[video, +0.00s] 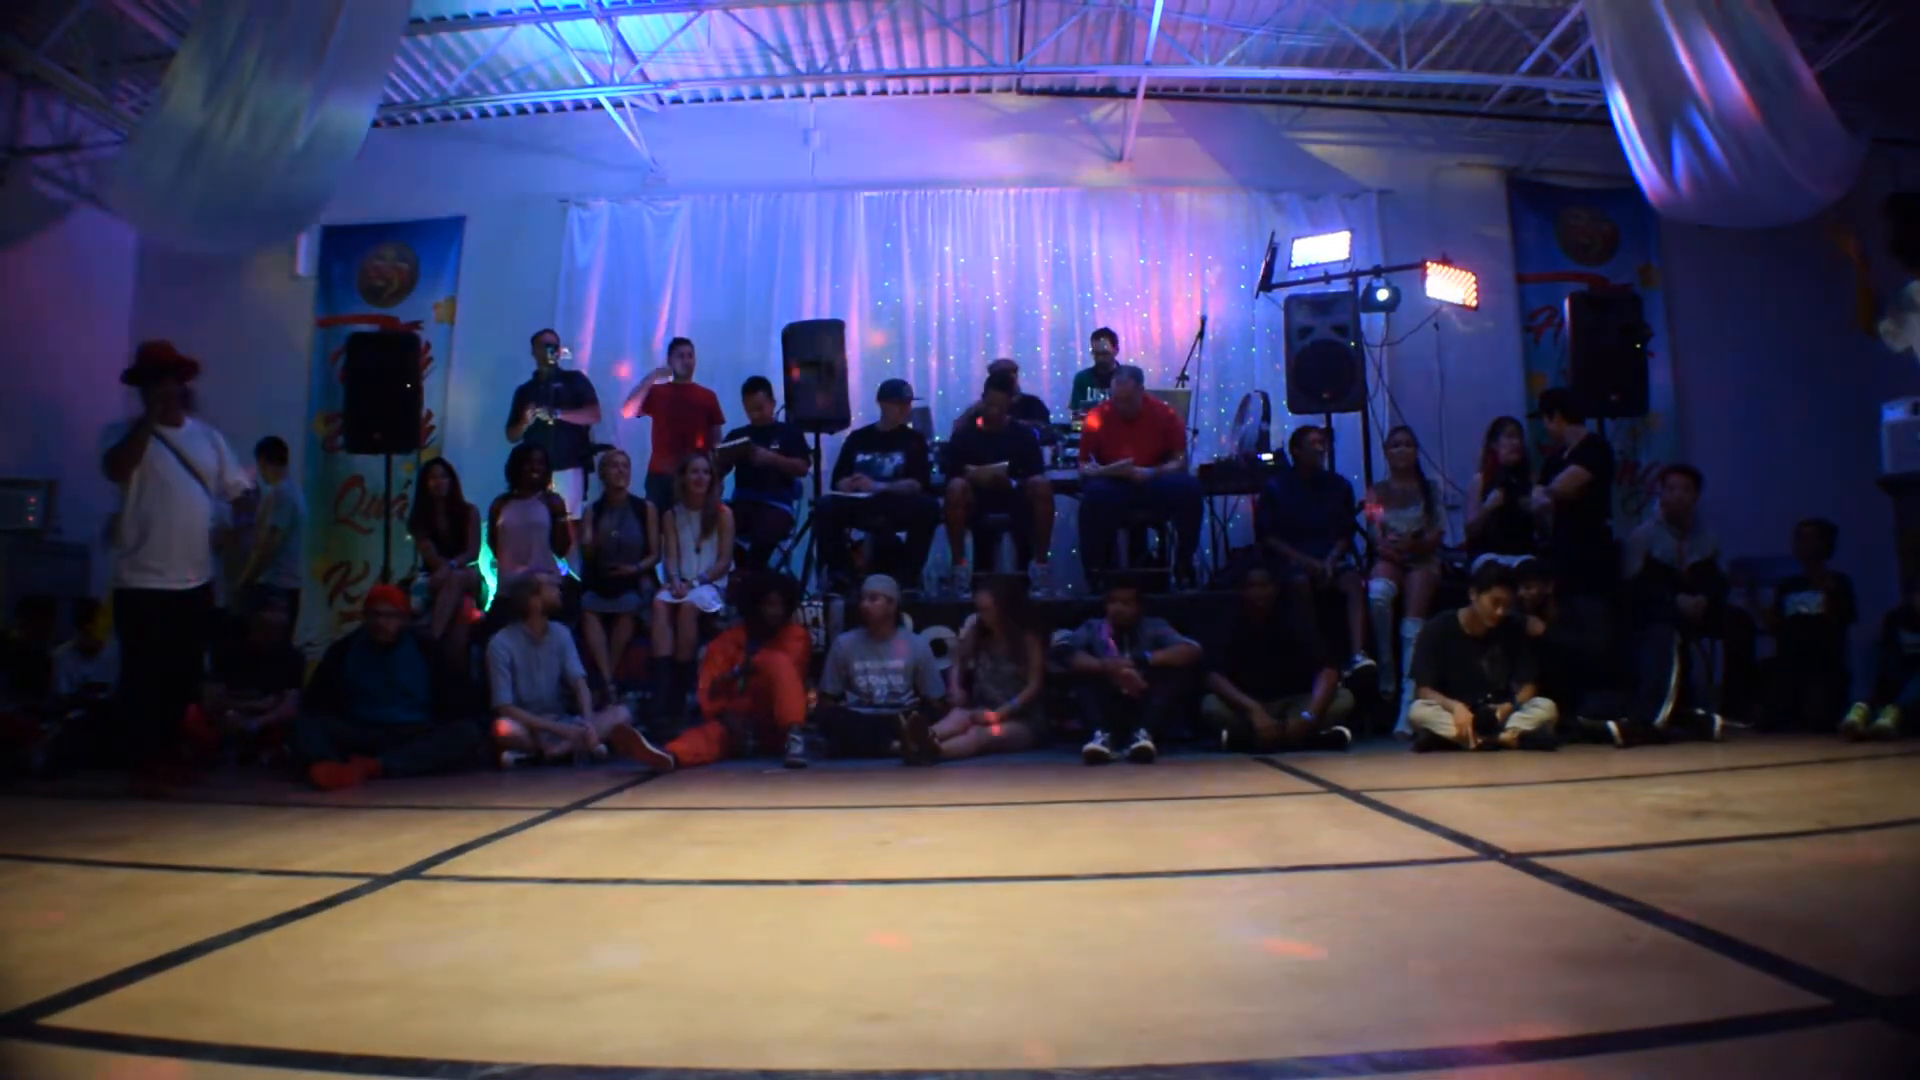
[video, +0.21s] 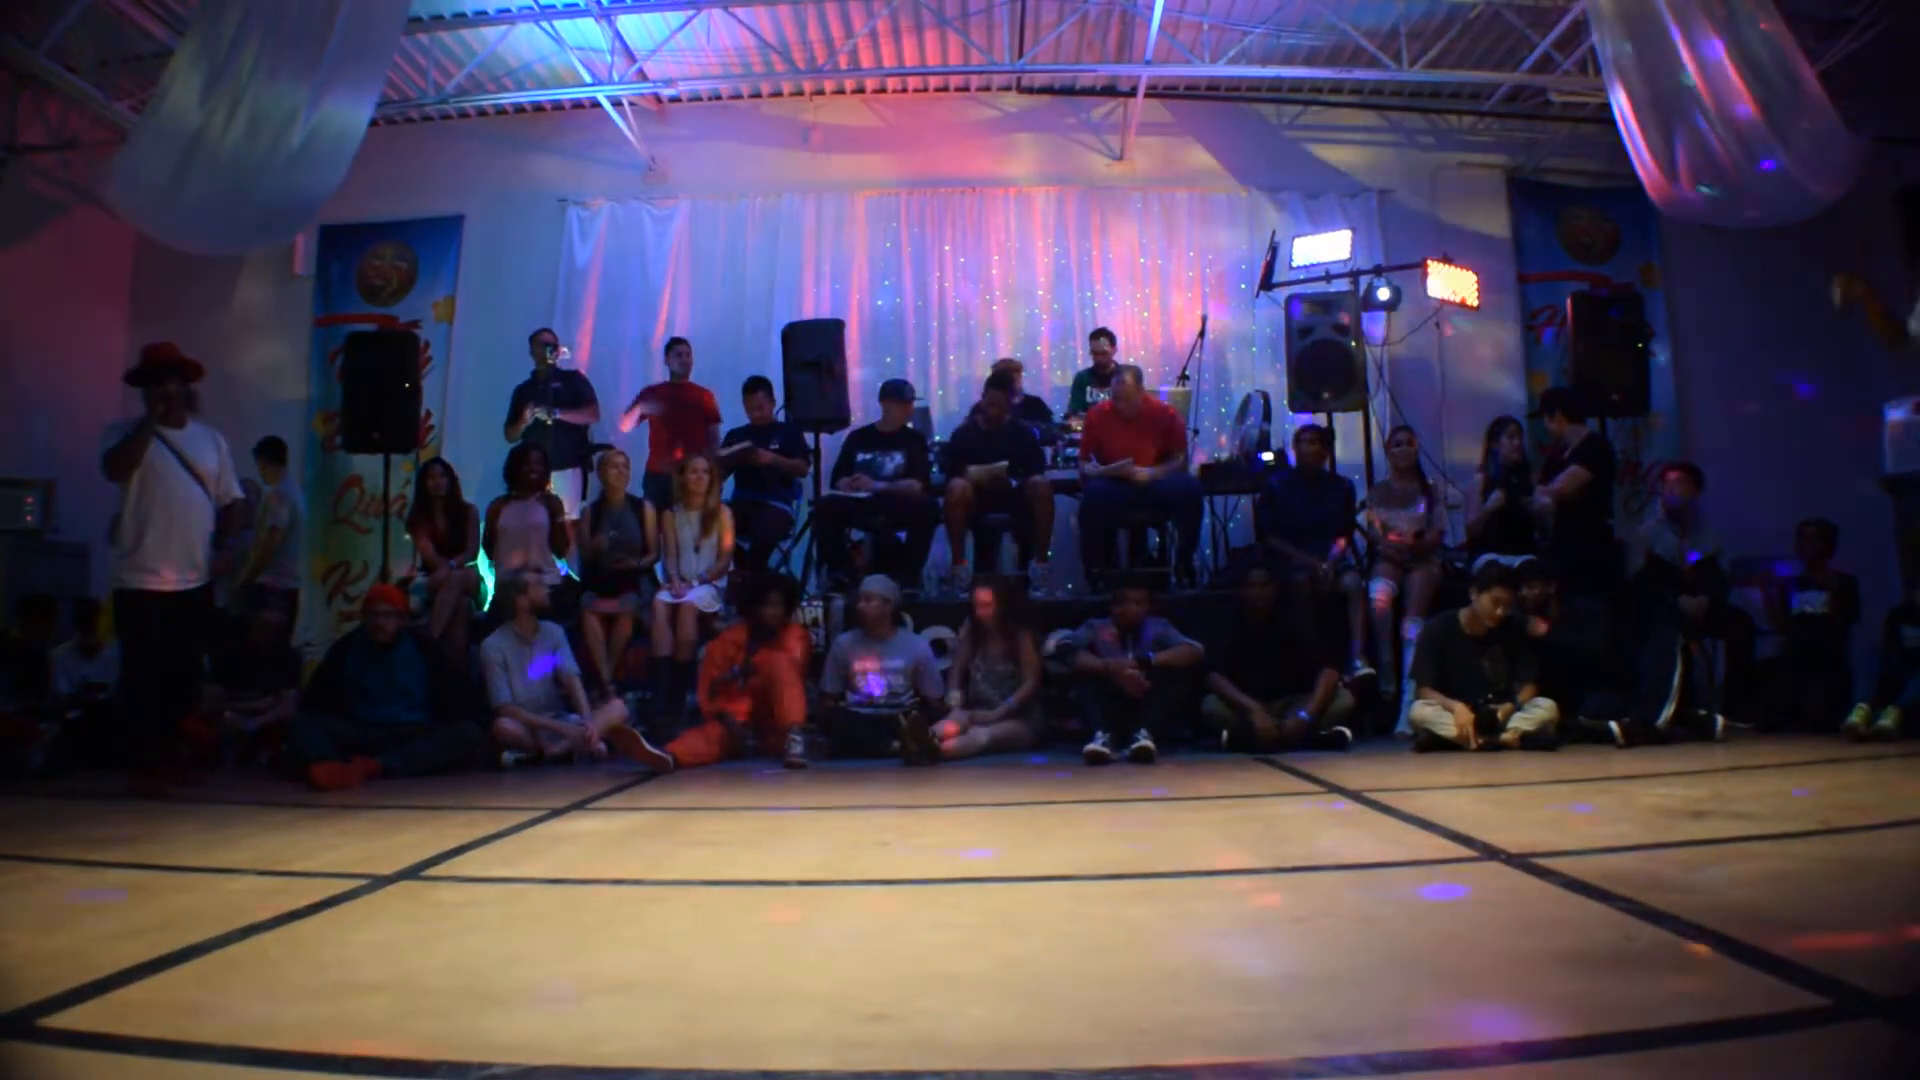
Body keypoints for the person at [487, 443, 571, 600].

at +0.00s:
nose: (535, 468)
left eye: (540, 463)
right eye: (529, 462)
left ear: (547, 468)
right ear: (516, 467)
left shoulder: (552, 501)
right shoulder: (500, 504)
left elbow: (561, 548)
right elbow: (493, 543)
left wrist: (558, 515)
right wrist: (509, 564)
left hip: (545, 580)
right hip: (510, 582)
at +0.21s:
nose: (534, 469)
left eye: (539, 463)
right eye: (527, 463)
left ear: (546, 469)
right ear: (515, 468)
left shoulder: (551, 503)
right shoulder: (498, 505)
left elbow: (561, 549)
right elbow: (489, 547)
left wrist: (555, 513)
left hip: (546, 582)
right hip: (509, 583)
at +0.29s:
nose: (534, 469)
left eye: (539, 464)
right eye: (527, 464)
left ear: (546, 469)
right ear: (515, 468)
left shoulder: (551, 503)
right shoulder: (497, 507)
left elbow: (562, 549)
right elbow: (487, 550)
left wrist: (555, 516)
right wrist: (495, 516)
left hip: (548, 584)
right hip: (509, 587)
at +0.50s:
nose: (535, 470)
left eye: (540, 465)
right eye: (529, 465)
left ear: (547, 470)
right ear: (518, 469)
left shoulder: (555, 506)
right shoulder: (505, 501)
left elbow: (564, 543)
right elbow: (486, 547)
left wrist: (546, 517)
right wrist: (500, 512)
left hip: (548, 581)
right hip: (512, 582)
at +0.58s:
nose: (536, 471)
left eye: (541, 466)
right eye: (530, 466)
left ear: (547, 471)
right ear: (518, 470)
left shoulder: (555, 507)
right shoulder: (506, 507)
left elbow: (561, 537)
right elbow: (485, 546)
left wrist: (527, 520)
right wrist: (502, 516)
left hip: (547, 575)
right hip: (513, 576)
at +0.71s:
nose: (532, 472)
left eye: (537, 467)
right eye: (527, 467)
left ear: (545, 473)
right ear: (516, 472)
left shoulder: (554, 508)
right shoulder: (501, 512)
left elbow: (549, 531)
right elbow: (484, 544)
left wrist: (518, 519)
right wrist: (501, 526)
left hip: (548, 584)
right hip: (509, 586)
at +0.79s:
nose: (535, 471)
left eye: (539, 466)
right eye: (529, 467)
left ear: (545, 472)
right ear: (516, 472)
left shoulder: (553, 507)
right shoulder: (499, 512)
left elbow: (546, 529)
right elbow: (486, 543)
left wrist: (510, 524)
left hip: (547, 587)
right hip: (508, 589)